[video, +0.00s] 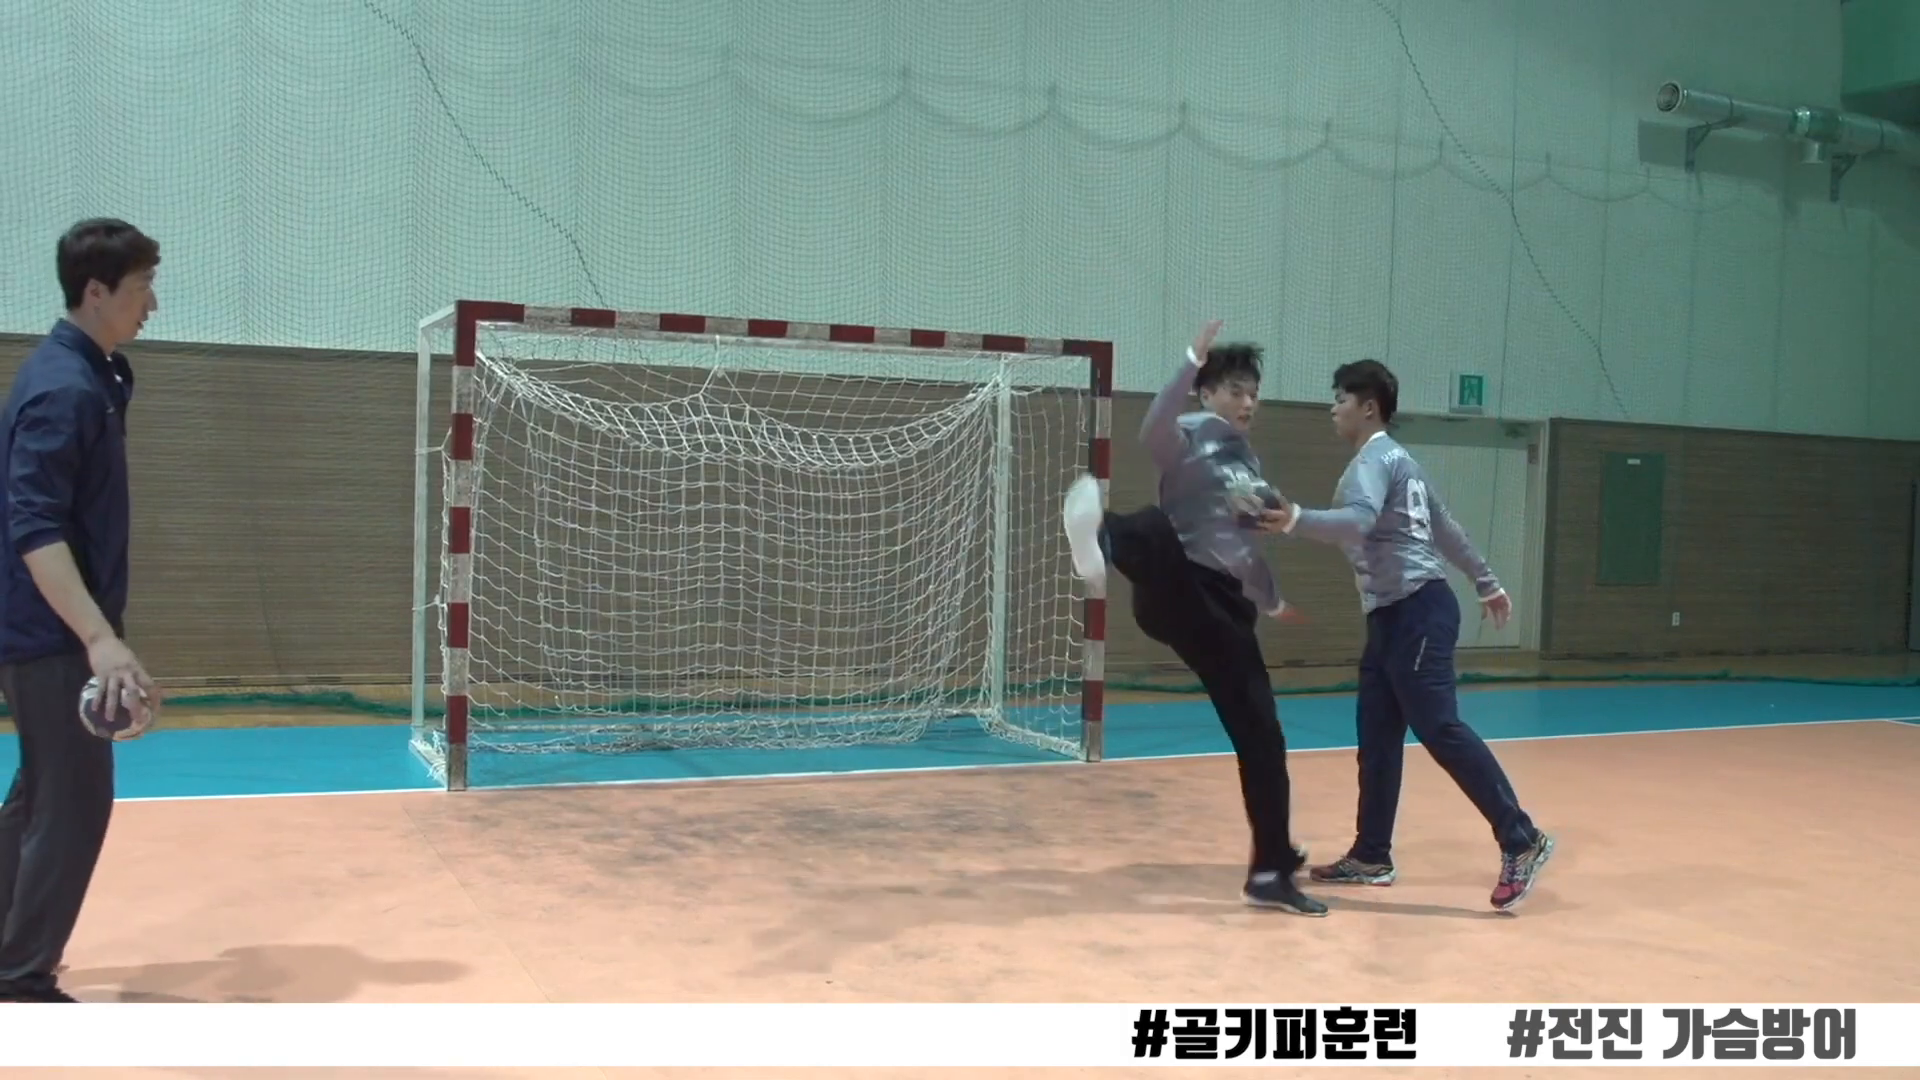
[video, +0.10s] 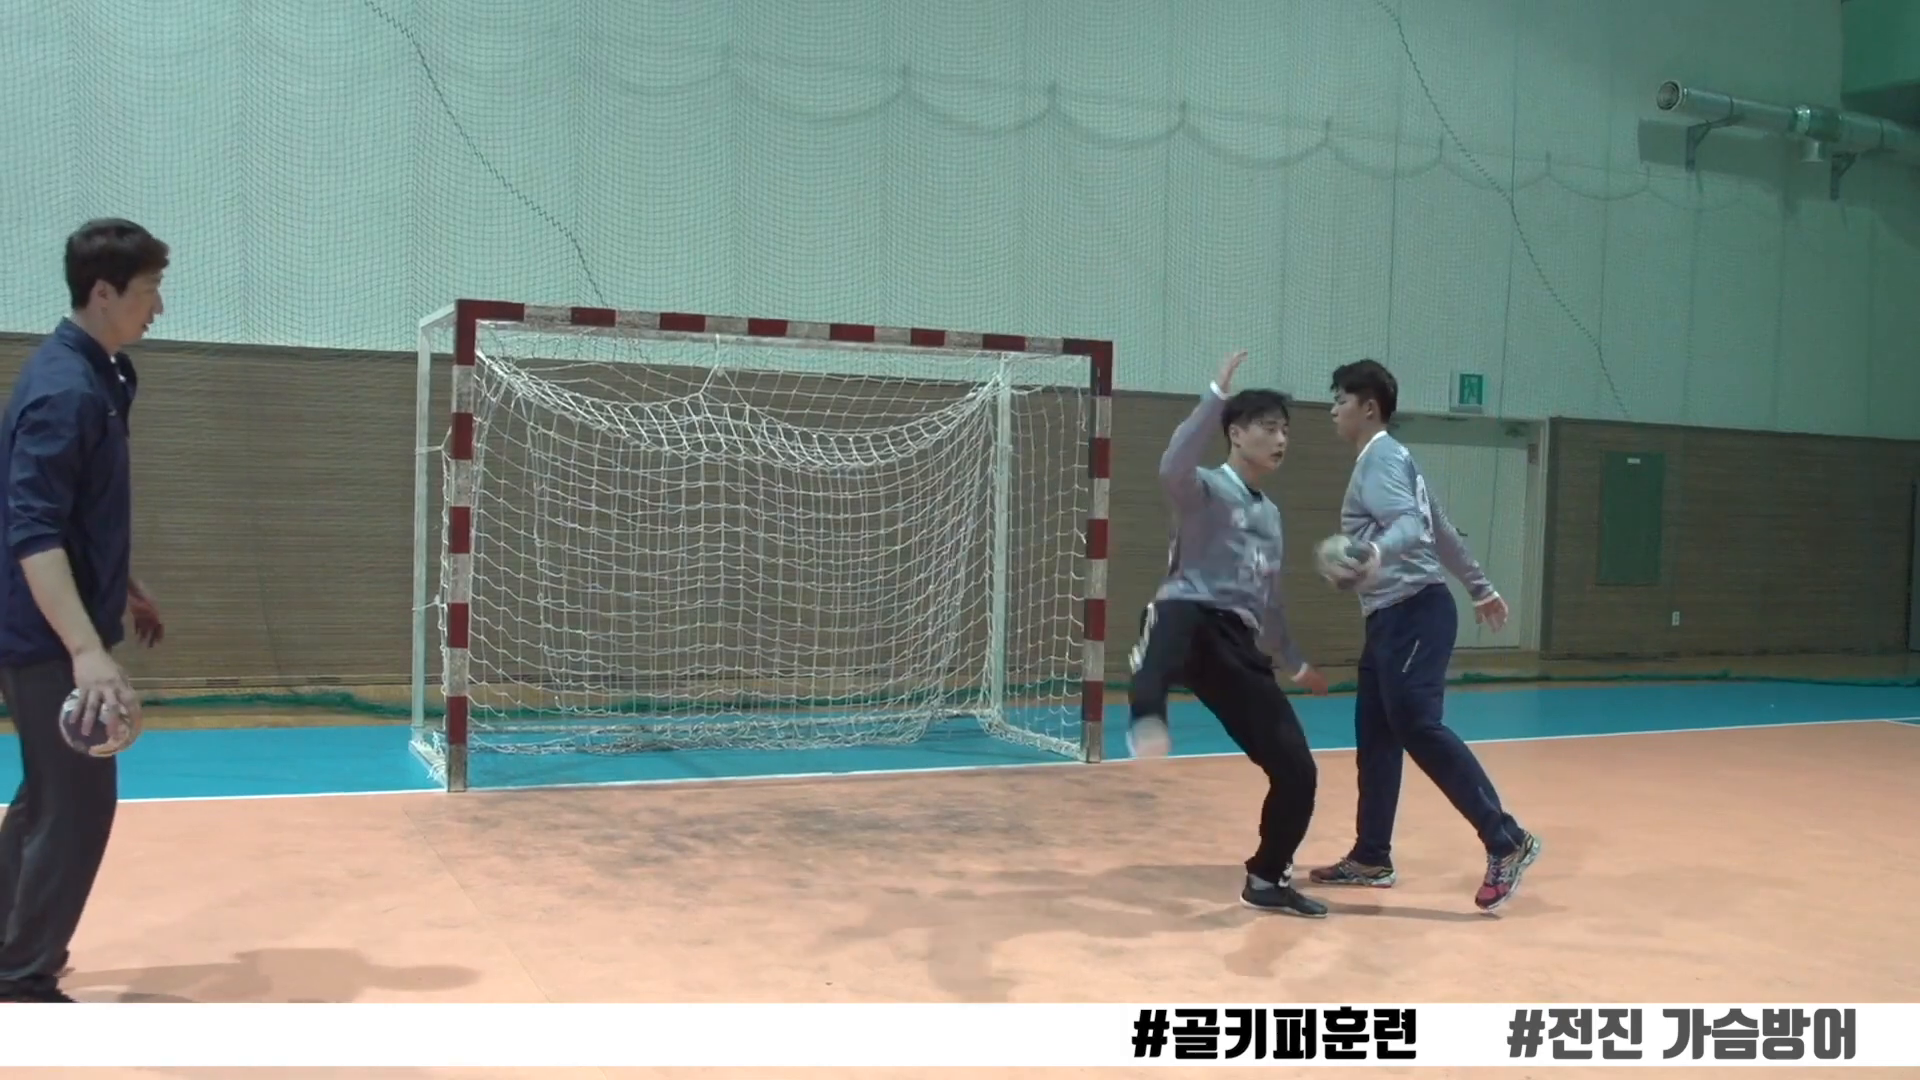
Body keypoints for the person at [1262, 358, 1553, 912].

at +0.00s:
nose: (1333, 408)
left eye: (1342, 399)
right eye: (1335, 399)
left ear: (1370, 406)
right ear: (1373, 409)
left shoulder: (1373, 457)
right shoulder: (1403, 463)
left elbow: (1359, 520)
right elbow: (1446, 528)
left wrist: (1296, 520)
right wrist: (1486, 581)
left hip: (1419, 607)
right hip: (1392, 614)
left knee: (1437, 726)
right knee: (1379, 733)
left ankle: (1523, 840)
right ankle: (1370, 856)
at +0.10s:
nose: (1333, 411)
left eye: (1340, 402)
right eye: (1334, 401)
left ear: (1367, 406)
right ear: (1369, 408)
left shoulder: (1379, 457)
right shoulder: (1393, 459)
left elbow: (1410, 525)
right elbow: (1438, 529)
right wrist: (1480, 587)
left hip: (1415, 611)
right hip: (1393, 615)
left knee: (1416, 725)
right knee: (1376, 732)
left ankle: (1507, 841)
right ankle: (1371, 857)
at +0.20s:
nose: (1343, 410)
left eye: (1351, 400)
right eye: (1344, 401)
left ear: (1381, 404)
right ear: (1376, 407)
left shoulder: (1397, 456)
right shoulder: (1385, 458)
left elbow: (1446, 521)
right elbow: (1439, 531)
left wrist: (1441, 573)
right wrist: (1471, 597)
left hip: (1414, 616)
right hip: (1391, 618)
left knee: (1407, 731)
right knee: (1374, 732)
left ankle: (1503, 839)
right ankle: (1371, 855)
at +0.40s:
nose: (1386, 407)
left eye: (1397, 398)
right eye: (1388, 398)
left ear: (1427, 406)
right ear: (1408, 408)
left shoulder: (1450, 464)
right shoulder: (1418, 467)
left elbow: (1500, 536)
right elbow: (1438, 546)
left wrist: (1495, 599)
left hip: (1435, 628)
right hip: (1400, 628)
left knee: (1447, 748)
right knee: (1378, 743)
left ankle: (1521, 859)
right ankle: (1370, 857)